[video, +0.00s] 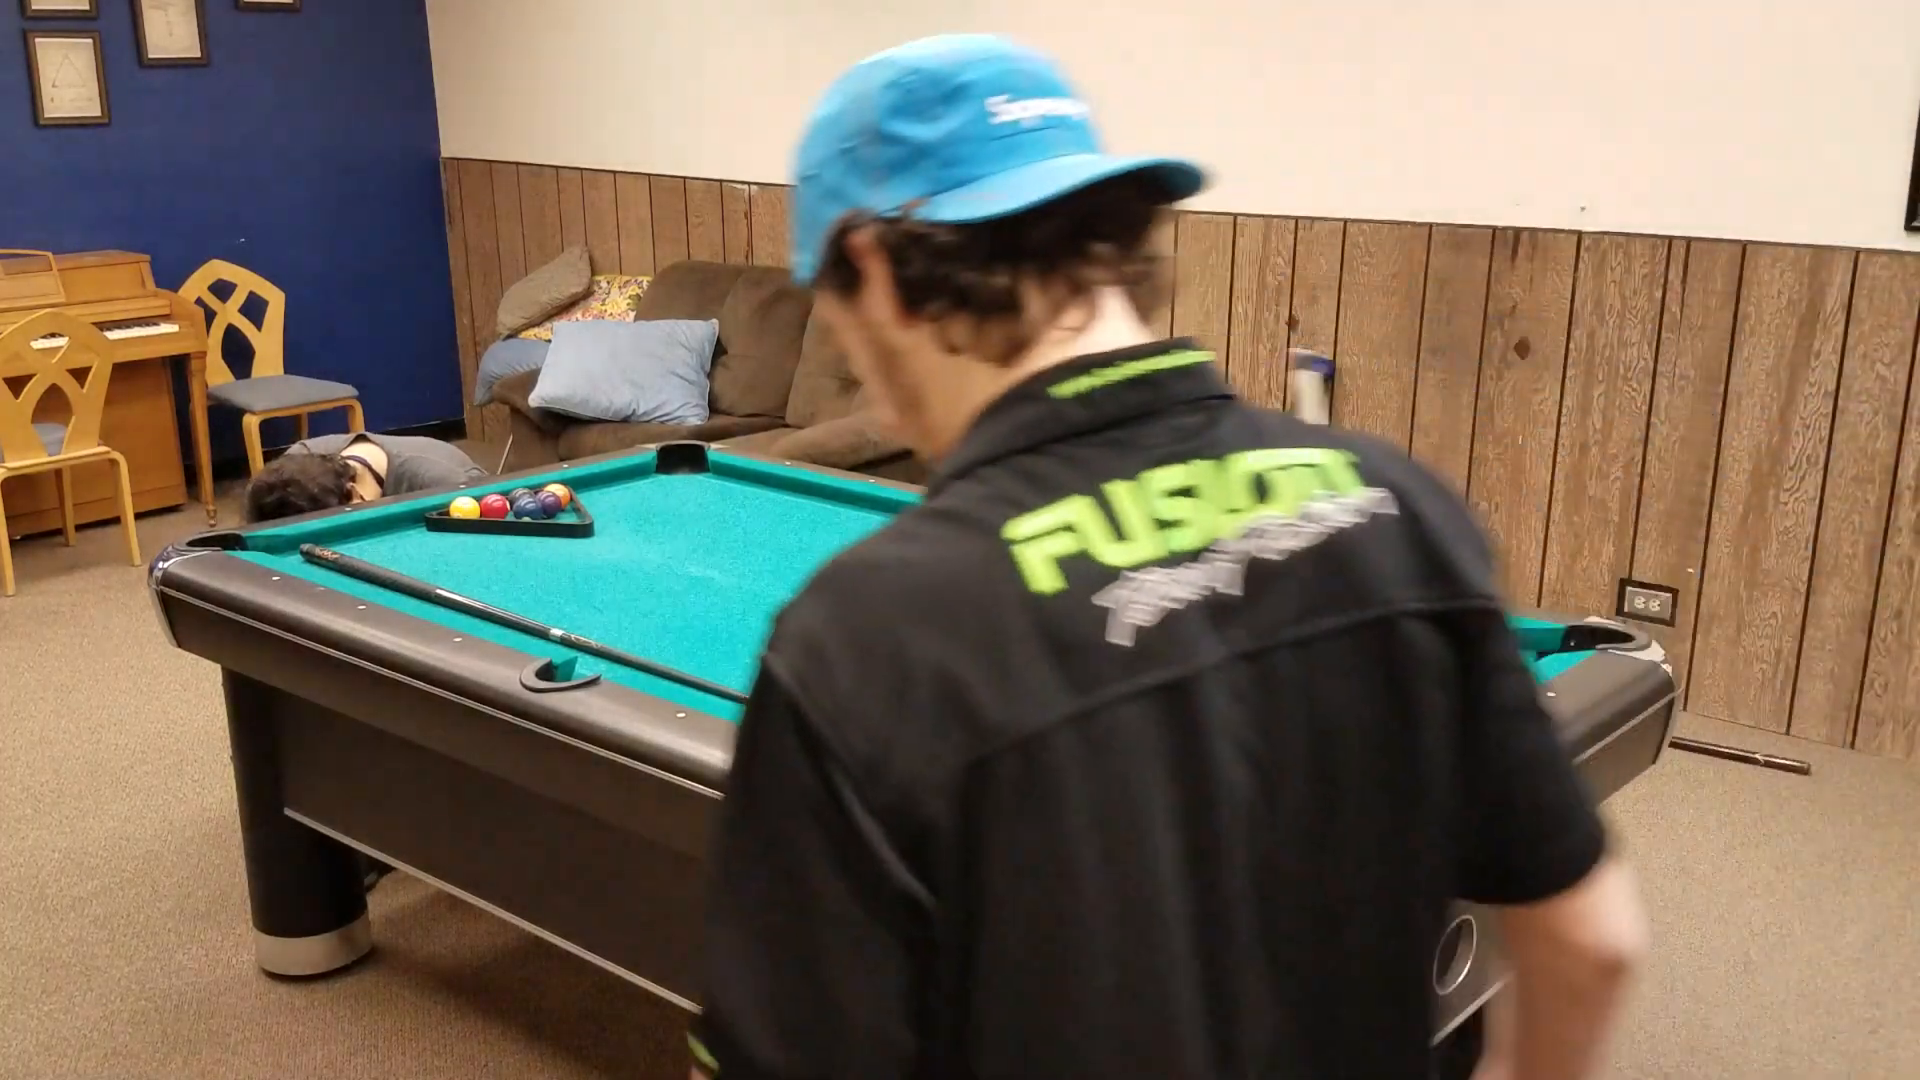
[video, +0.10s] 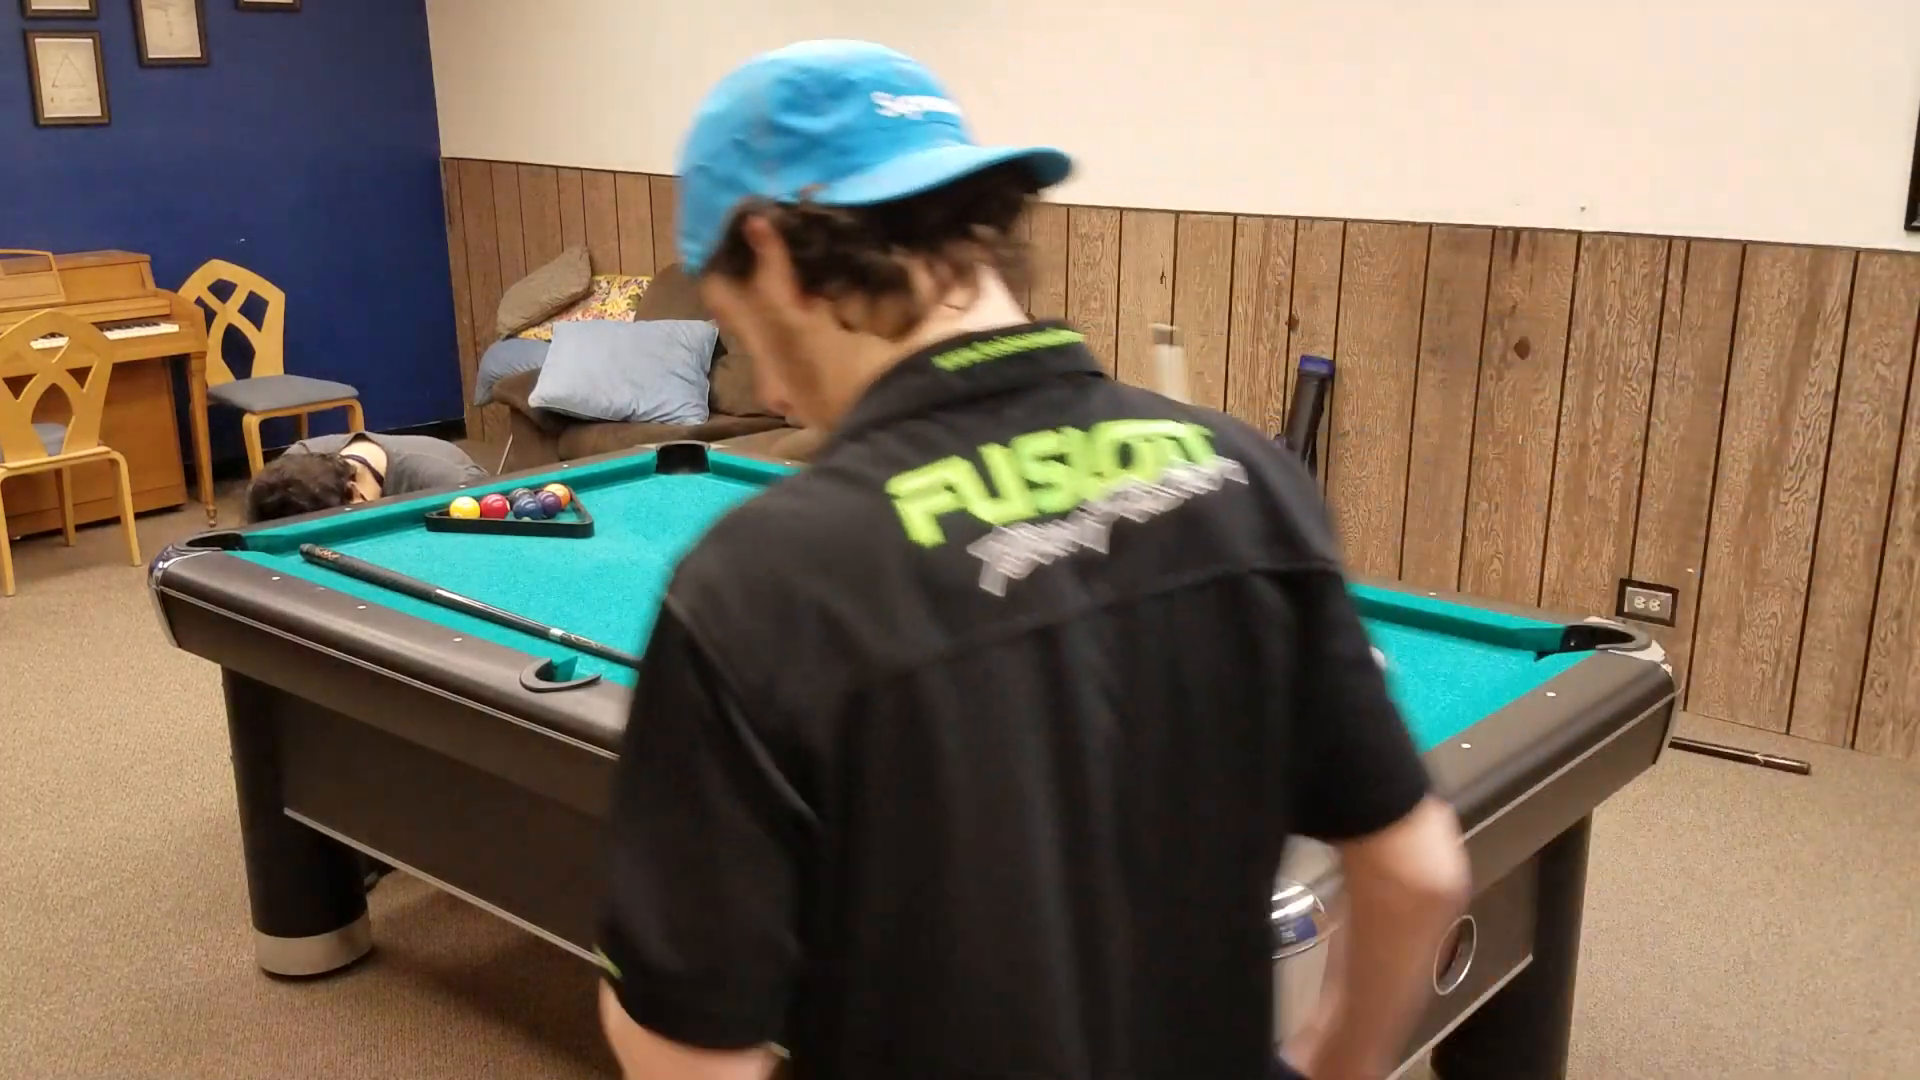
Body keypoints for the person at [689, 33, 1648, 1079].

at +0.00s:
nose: (865, 397)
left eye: (837, 332)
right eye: (836, 341)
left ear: (873, 276)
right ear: (1119, 239)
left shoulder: (864, 650)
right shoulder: (1394, 505)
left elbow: (795, 1047)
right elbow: (1588, 941)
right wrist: (1522, 1062)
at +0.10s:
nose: (762, 387)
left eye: (734, 328)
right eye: (731, 339)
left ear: (767, 256)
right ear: (977, 220)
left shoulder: (763, 586)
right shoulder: (1239, 473)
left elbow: (685, 1051)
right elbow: (1418, 875)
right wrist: (1337, 1063)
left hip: (918, 1055)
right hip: (1212, 1055)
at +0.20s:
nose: (657, 340)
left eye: (624, 282)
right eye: (621, 291)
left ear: (669, 214)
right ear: (849, 187)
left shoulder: (659, 534)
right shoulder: (1108, 430)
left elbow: (599, 1018)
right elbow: (1260, 783)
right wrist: (1185, 974)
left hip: (784, 1058)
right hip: (1092, 1052)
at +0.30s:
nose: (538, 298)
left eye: (512, 246)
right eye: (507, 255)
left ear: (559, 182)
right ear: (734, 137)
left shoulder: (557, 494)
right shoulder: (992, 373)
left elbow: (520, 958)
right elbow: (1128, 712)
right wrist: (1013, 889)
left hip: (700, 1054)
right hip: (1011, 1044)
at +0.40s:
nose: (417, 292)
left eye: (393, 239)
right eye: (389, 247)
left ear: (445, 174)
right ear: (605, 128)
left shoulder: (453, 475)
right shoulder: (869, 356)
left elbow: (422, 925)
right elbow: (1005, 672)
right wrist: (873, 838)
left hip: (606, 1053)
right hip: (913, 1037)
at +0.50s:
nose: (291, 307)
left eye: (265, 257)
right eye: (260, 267)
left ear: (320, 191)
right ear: (474, 146)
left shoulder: (316, 504)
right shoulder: (739, 361)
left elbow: (298, 929)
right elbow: (877, 669)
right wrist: (754, 818)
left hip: (513, 1050)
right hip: (830, 1030)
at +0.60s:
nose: (146, 317)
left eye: (122, 274)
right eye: (117, 281)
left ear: (176, 223)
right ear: (346, 182)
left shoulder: (180, 530)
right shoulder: (594, 377)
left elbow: (159, 932)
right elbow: (756, 671)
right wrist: (653, 818)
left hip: (402, 1053)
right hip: (705, 1023)